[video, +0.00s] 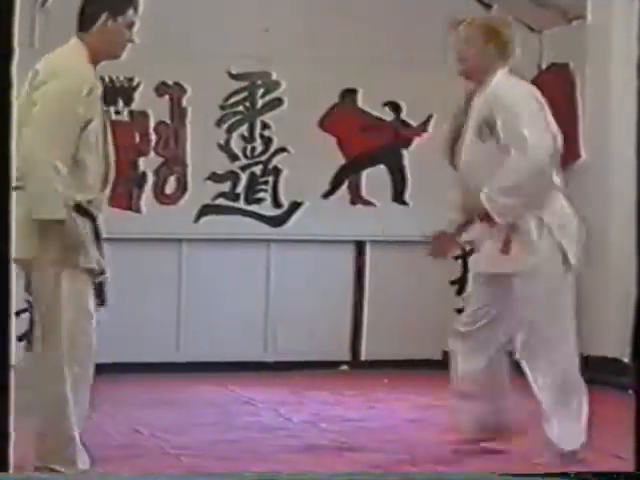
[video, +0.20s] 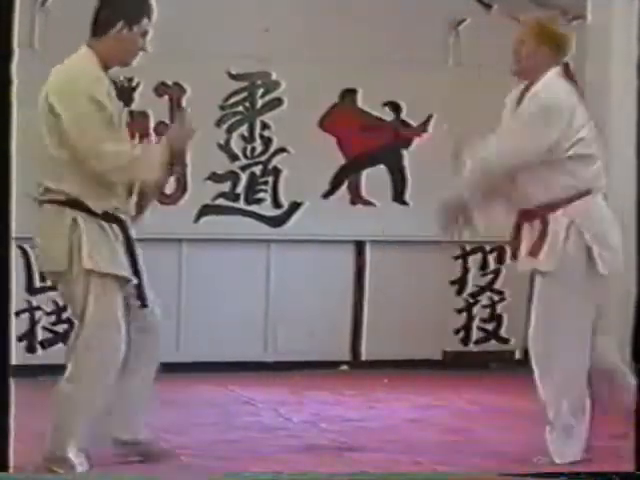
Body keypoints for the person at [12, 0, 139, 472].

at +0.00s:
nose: (133, 36)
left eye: (134, 26)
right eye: (129, 24)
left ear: (99, 22)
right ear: (104, 22)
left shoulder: (66, 69)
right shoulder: (71, 74)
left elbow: (49, 153)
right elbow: (45, 152)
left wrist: (77, 223)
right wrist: (61, 225)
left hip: (58, 227)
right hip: (58, 230)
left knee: (61, 344)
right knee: (67, 346)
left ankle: (57, 449)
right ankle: (60, 454)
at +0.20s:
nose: (143, 47)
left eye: (146, 38)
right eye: (142, 35)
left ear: (113, 28)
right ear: (119, 29)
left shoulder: (98, 84)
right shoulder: (76, 81)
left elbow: (111, 171)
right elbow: (107, 161)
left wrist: (156, 183)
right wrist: (167, 148)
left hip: (103, 226)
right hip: (77, 226)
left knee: (144, 325)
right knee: (102, 334)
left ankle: (129, 434)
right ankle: (63, 450)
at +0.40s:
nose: (160, 61)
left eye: (163, 52)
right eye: (158, 50)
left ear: (130, 44)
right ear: (136, 44)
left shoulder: (111, 95)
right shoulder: (100, 99)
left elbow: (158, 160)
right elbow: (159, 160)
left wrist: (179, 121)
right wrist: (208, 132)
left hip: (133, 237)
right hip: (108, 237)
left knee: (180, 343)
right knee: (131, 350)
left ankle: (213, 439)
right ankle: (69, 452)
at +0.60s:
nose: (174, 55)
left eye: (176, 46)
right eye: (172, 44)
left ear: (149, 39)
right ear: (149, 37)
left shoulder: (142, 91)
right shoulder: (113, 92)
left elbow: (186, 131)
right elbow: (152, 169)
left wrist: (250, 116)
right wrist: (200, 173)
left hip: (167, 228)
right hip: (135, 230)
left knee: (211, 332)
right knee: (168, 342)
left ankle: (217, 446)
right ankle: (98, 451)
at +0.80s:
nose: (180, 50)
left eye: (182, 41)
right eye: (177, 39)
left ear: (158, 36)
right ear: (153, 33)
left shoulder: (159, 94)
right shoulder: (111, 89)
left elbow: (201, 143)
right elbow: (134, 171)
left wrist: (269, 123)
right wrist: (188, 181)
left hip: (172, 228)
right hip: (133, 231)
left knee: (210, 334)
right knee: (155, 347)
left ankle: (216, 444)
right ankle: (106, 455)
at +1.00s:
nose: (198, 61)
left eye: (200, 51)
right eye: (196, 49)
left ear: (170, 47)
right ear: (173, 44)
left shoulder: (169, 103)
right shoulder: (130, 101)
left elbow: (203, 161)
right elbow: (144, 188)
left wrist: (249, 133)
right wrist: (194, 207)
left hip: (170, 240)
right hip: (134, 241)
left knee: (216, 326)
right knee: (159, 352)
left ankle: (220, 439)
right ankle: (107, 456)